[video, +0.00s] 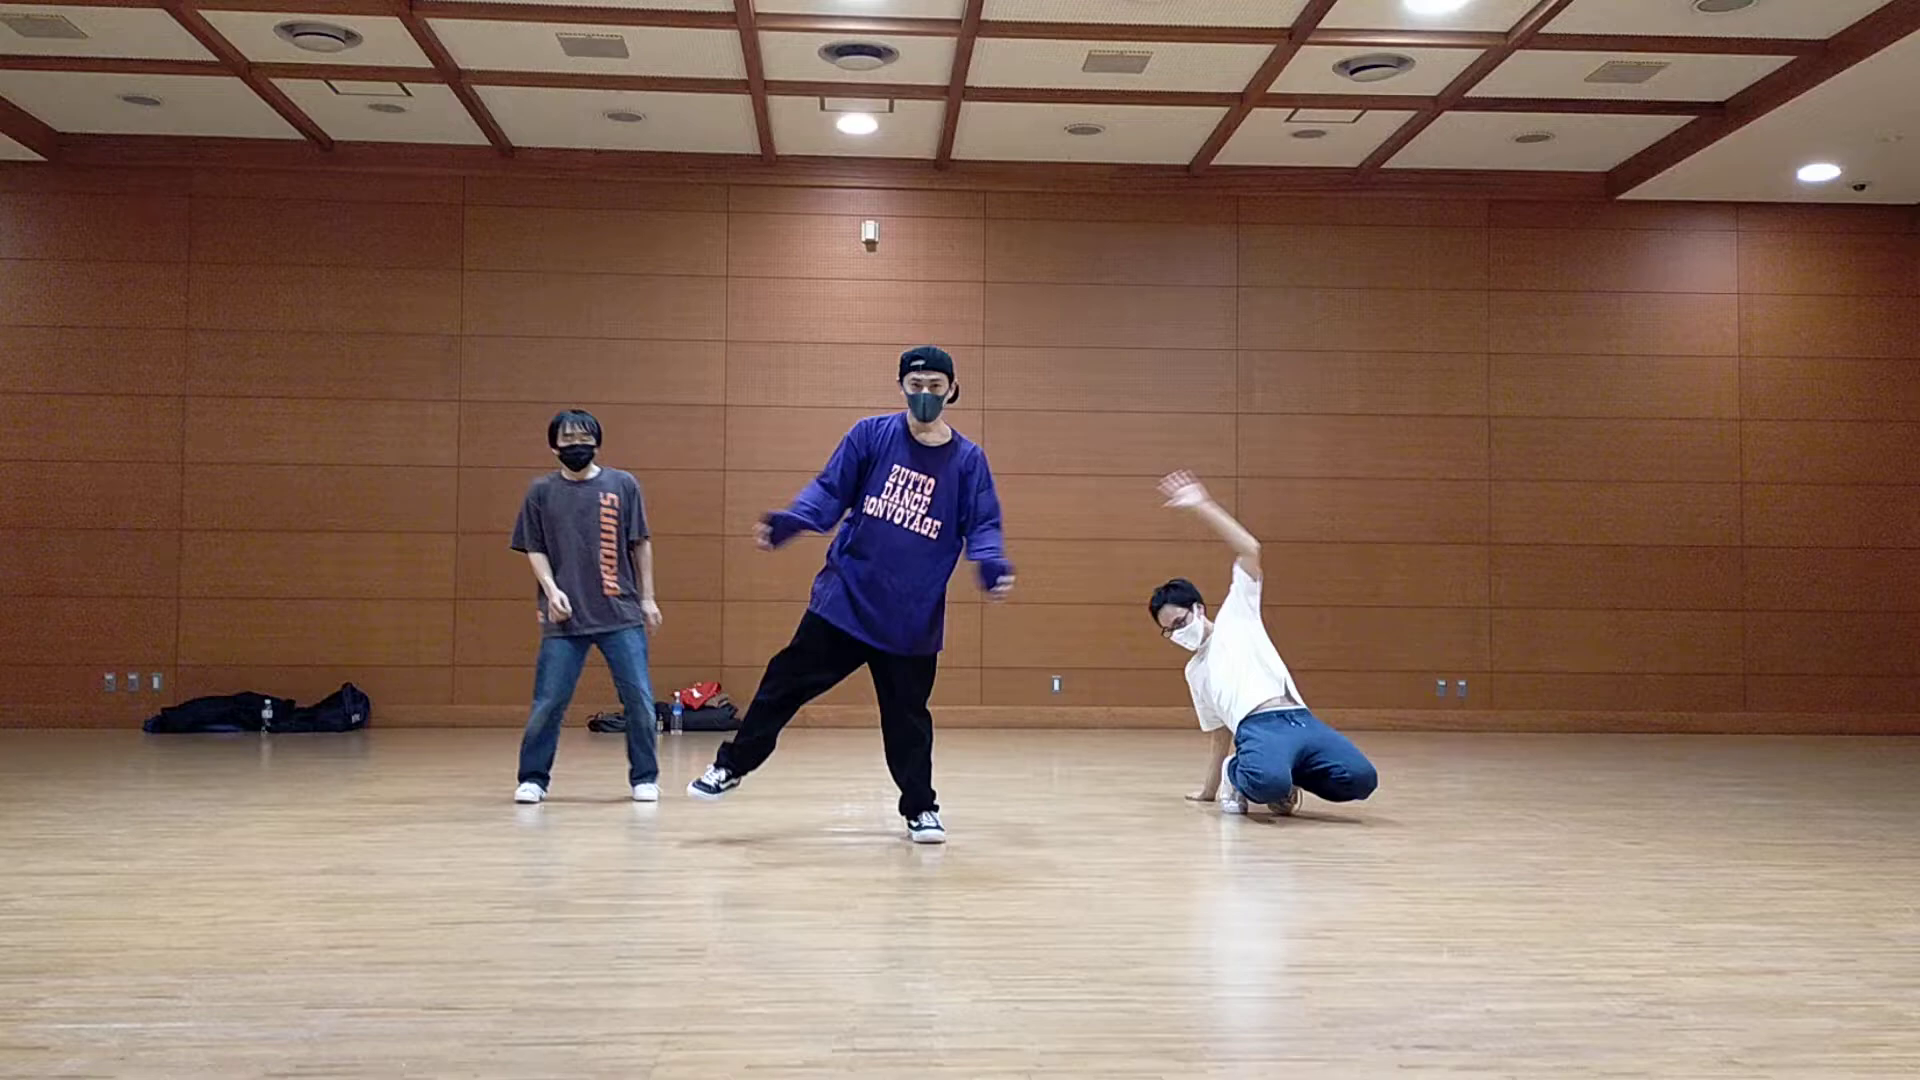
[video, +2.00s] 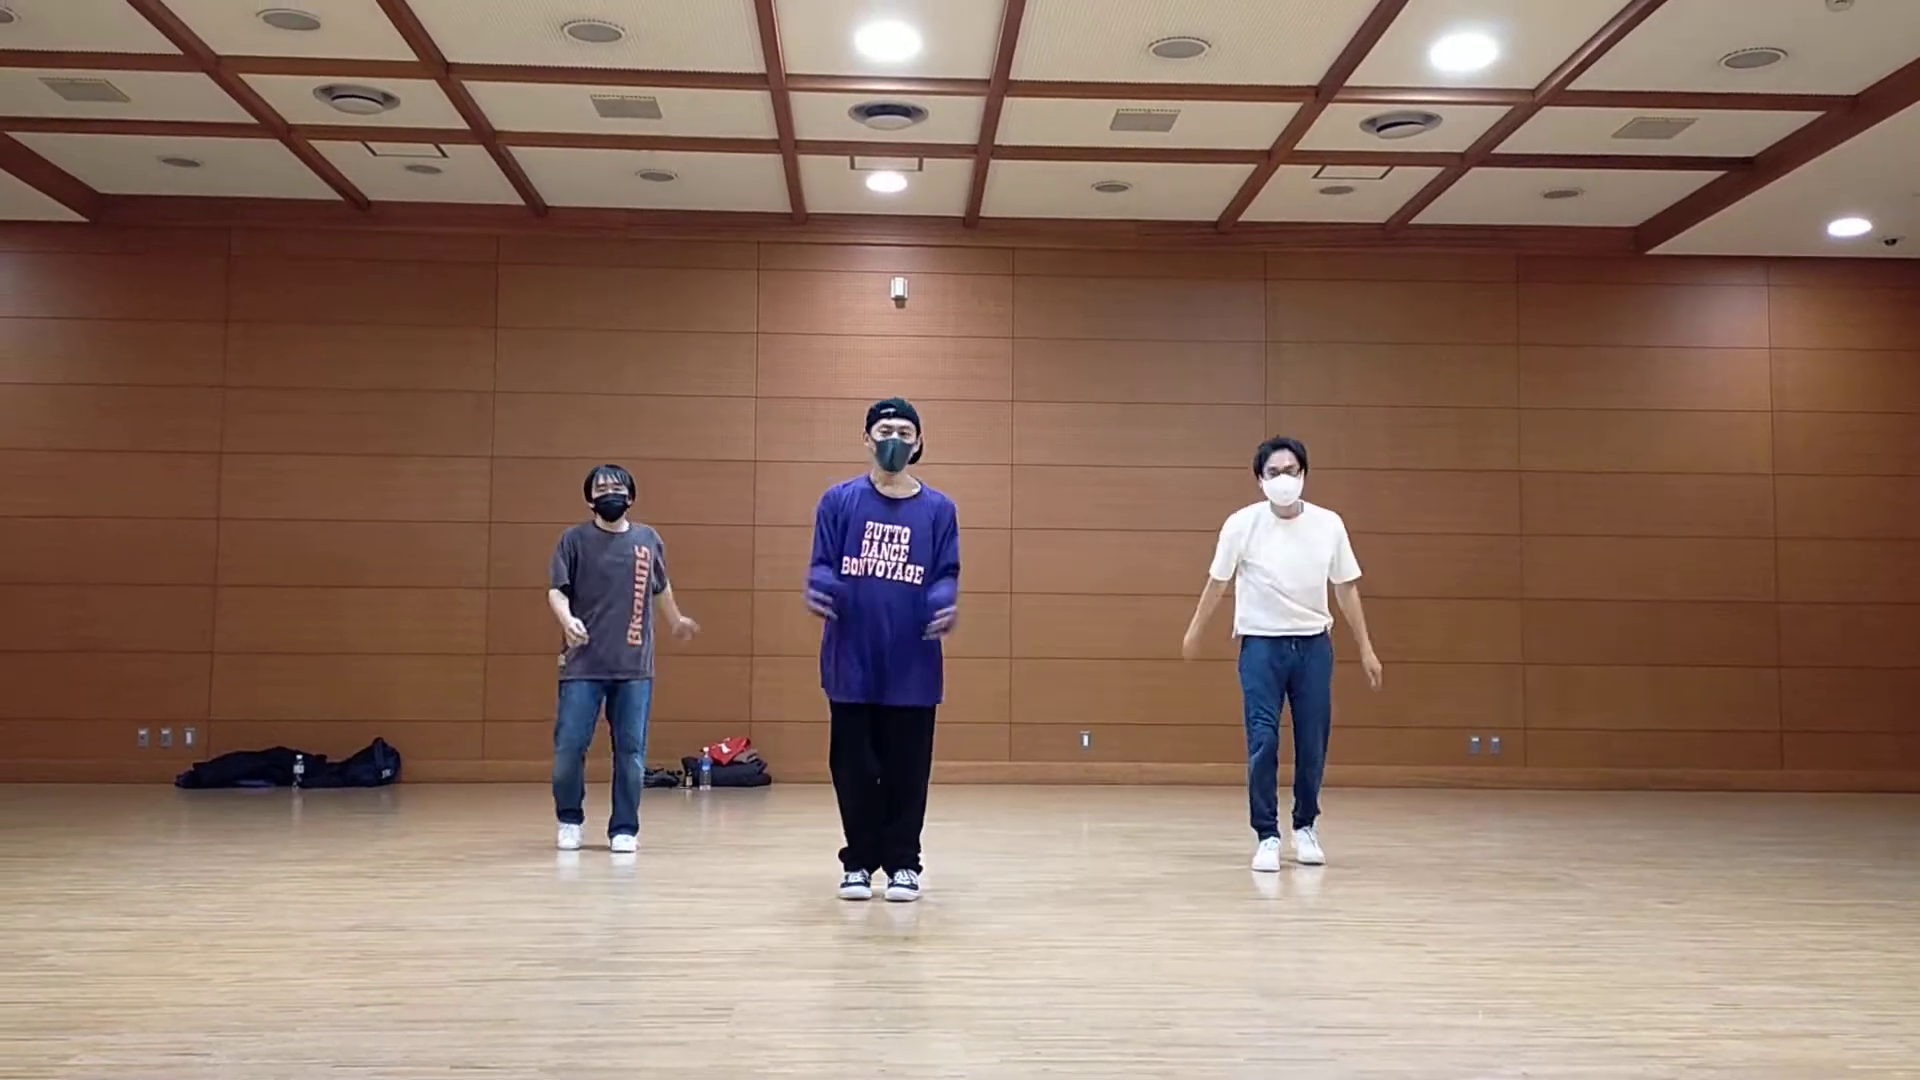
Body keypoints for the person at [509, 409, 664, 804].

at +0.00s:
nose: (574, 442)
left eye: (581, 435)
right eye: (566, 436)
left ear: (596, 441)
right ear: (554, 445)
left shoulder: (622, 485)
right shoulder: (541, 492)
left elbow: (641, 543)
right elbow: (534, 548)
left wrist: (648, 597)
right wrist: (551, 590)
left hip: (620, 614)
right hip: (567, 617)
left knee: (639, 697)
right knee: (549, 700)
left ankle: (645, 778)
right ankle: (532, 779)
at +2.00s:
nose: (610, 494)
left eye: (616, 487)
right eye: (602, 489)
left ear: (629, 496)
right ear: (590, 499)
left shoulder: (649, 540)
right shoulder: (574, 540)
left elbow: (661, 586)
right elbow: (557, 590)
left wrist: (675, 618)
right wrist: (566, 618)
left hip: (634, 664)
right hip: (583, 662)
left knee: (631, 748)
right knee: (569, 744)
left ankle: (624, 830)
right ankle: (569, 820)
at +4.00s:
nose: (594, 503)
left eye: (603, 496)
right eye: (586, 496)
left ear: (619, 505)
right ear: (572, 508)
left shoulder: (642, 551)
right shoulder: (552, 555)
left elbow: (683, 593)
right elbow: (531, 603)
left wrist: (720, 607)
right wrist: (527, 639)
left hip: (632, 689)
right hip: (572, 690)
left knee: (663, 770)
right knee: (538, 774)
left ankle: (698, 858)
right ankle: (502, 861)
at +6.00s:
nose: (713, 533)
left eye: (723, 526)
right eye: (707, 527)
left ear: (742, 534)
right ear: (698, 536)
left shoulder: (754, 578)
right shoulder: (721, 579)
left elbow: (754, 642)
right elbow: (738, 634)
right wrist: (724, 660)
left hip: (784, 695)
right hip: (750, 693)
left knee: (812, 781)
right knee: (708, 770)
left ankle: (875, 855)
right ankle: (676, 863)